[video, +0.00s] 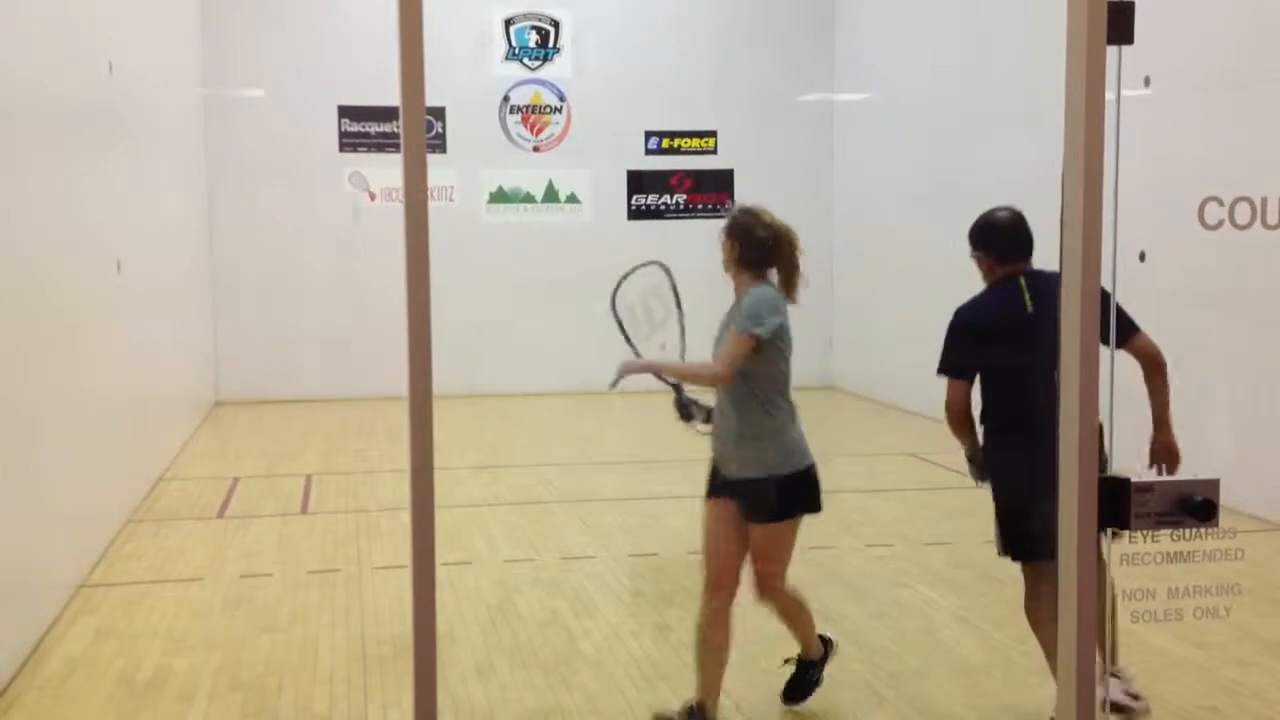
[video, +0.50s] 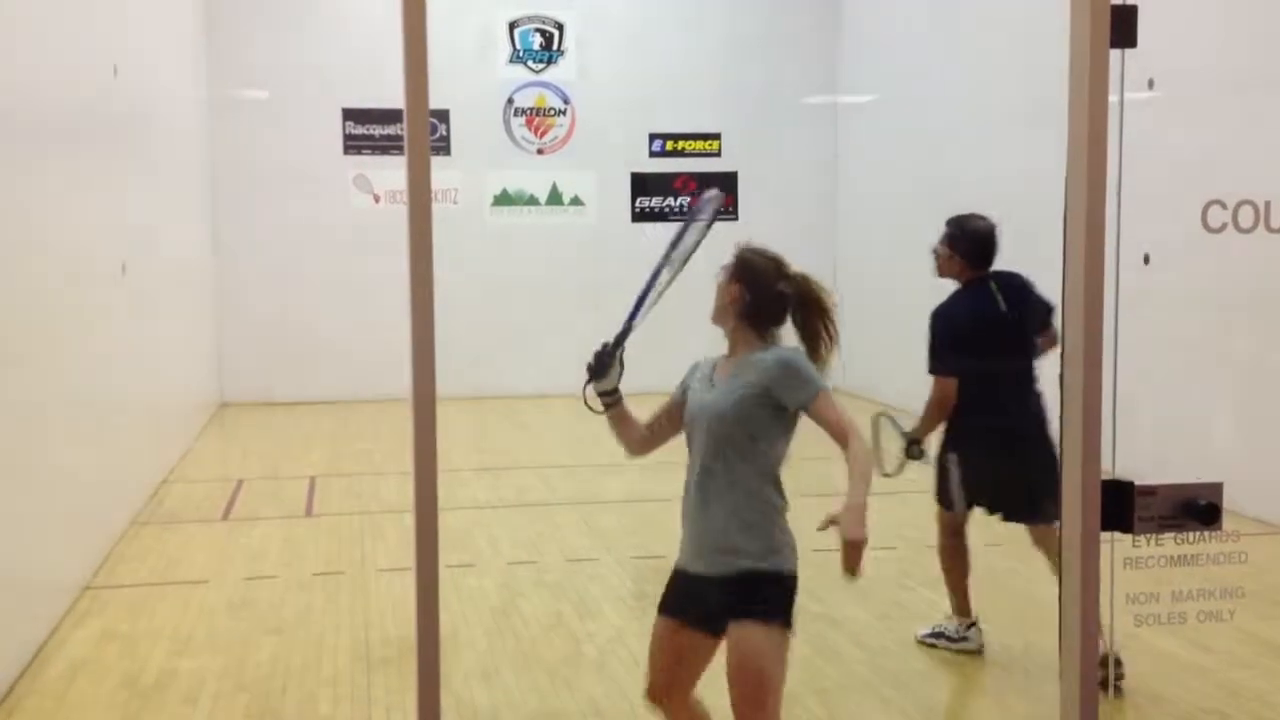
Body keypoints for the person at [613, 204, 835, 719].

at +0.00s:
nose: (721, 249)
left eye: (725, 241)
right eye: (723, 240)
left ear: (735, 248)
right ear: (757, 249)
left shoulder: (762, 302)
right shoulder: (742, 307)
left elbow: (721, 371)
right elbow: (756, 395)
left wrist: (651, 365)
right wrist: (710, 411)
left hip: (776, 471)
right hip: (731, 468)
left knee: (770, 586)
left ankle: (814, 651)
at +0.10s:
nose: (714, 272)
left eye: (719, 264)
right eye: (718, 263)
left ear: (730, 273)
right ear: (749, 276)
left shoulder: (761, 330)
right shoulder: (734, 336)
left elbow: (720, 400)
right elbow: (735, 423)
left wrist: (642, 391)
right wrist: (685, 430)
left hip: (757, 508)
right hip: (708, 502)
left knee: (738, 637)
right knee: (687, 622)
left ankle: (800, 665)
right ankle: (694, 716)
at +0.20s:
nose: (711, 277)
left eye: (718, 269)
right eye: (715, 268)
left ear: (734, 280)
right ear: (742, 282)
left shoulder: (763, 340)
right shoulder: (723, 344)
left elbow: (761, 424)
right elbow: (714, 429)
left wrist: (679, 437)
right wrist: (658, 443)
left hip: (747, 512)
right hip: (695, 507)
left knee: (714, 643)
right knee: (675, 643)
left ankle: (772, 711)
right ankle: (691, 717)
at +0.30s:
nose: (710, 266)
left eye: (716, 259)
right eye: (714, 258)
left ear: (729, 270)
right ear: (742, 273)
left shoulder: (765, 339)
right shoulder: (710, 343)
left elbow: (805, 426)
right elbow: (691, 428)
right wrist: (628, 411)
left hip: (744, 516)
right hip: (689, 515)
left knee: (726, 649)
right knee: (673, 655)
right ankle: (695, 719)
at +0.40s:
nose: (713, 266)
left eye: (719, 259)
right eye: (718, 258)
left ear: (732, 274)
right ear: (739, 277)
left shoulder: (772, 346)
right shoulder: (700, 347)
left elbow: (836, 420)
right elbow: (655, 424)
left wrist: (837, 491)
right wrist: (612, 391)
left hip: (747, 535)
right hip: (691, 532)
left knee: (750, 686)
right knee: (673, 669)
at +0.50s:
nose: (716, 288)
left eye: (722, 280)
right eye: (722, 280)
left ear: (737, 295)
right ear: (743, 300)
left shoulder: (782, 367)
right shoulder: (701, 373)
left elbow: (854, 440)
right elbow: (638, 442)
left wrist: (855, 510)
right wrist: (609, 391)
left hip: (759, 568)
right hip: (697, 565)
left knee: (755, 712)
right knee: (666, 692)